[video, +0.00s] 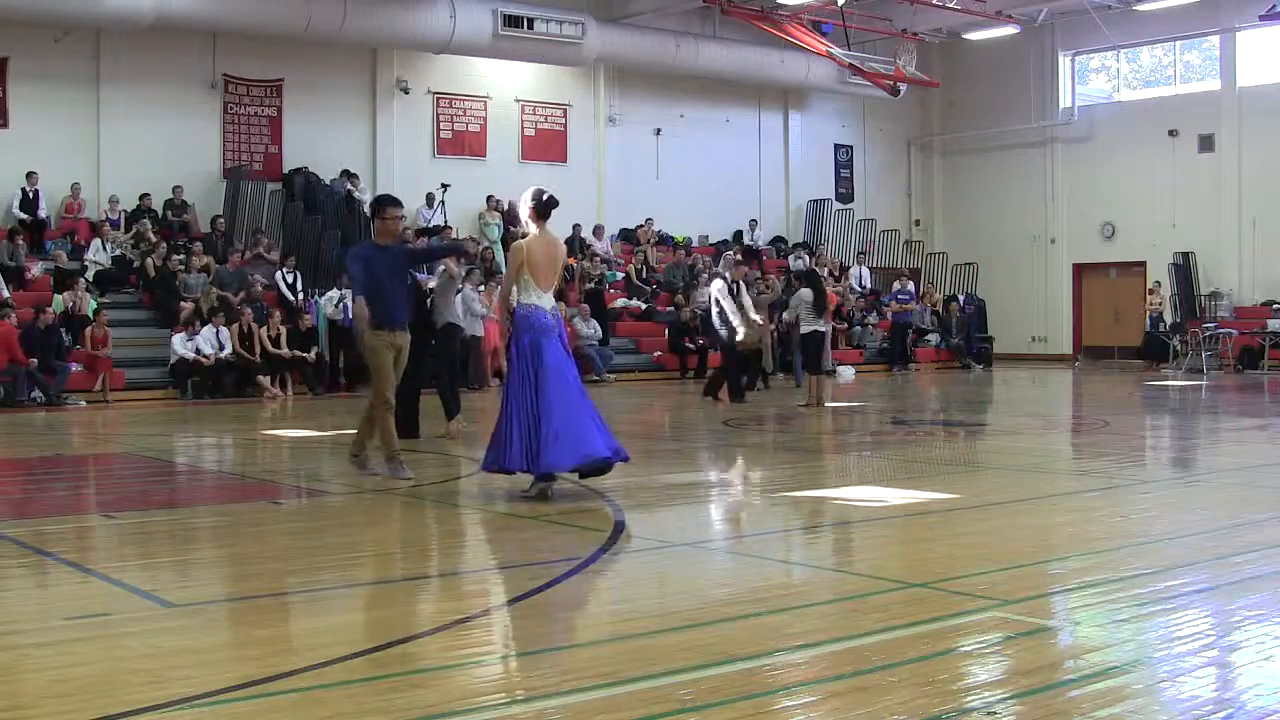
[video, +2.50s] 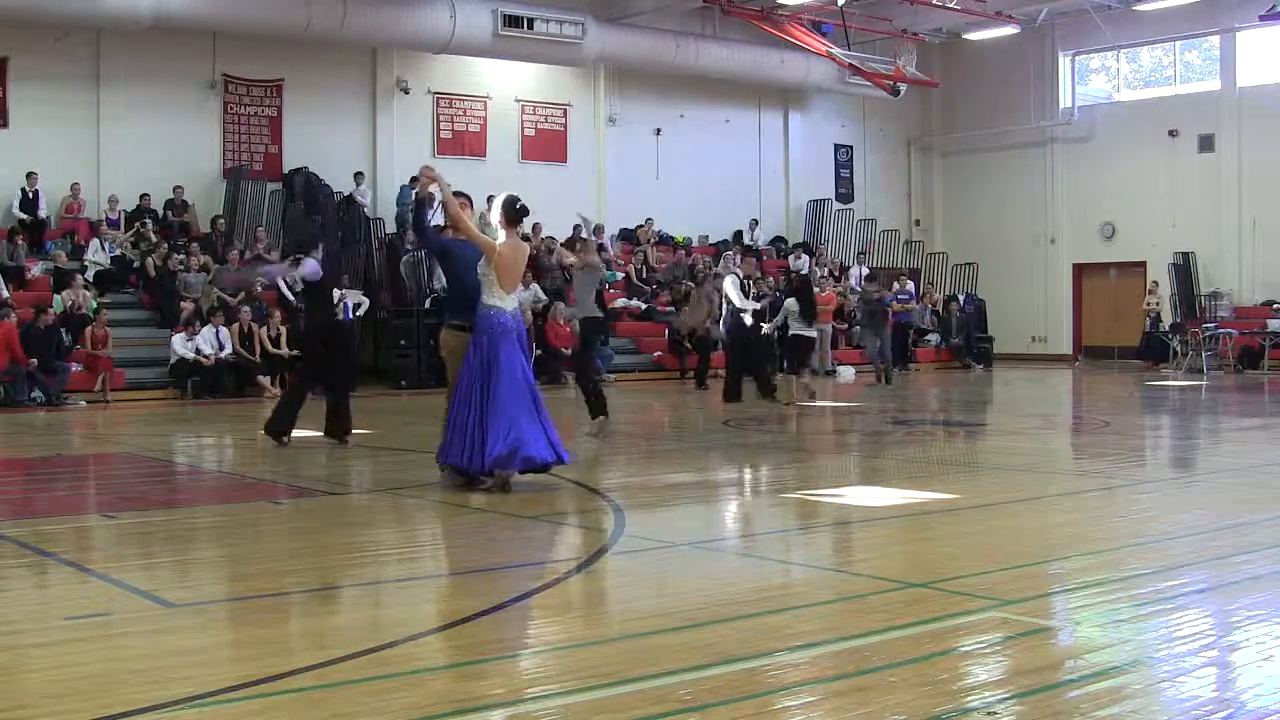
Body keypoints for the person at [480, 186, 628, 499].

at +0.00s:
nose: (519, 211)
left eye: (521, 206)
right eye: (521, 206)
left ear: (530, 211)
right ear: (546, 211)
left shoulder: (521, 247)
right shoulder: (560, 246)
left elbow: (506, 290)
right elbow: (554, 287)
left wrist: (505, 316)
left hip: (529, 321)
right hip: (552, 320)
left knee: (535, 393)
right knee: (553, 389)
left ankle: (543, 467)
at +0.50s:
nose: (516, 214)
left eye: (519, 210)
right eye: (518, 209)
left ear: (526, 214)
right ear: (544, 215)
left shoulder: (522, 250)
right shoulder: (552, 249)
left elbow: (502, 288)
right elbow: (538, 283)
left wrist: (488, 315)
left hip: (523, 325)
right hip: (546, 324)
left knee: (515, 394)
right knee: (547, 393)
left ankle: (511, 467)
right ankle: (550, 463)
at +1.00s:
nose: (492, 216)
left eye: (496, 211)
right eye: (494, 211)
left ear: (509, 217)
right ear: (519, 219)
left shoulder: (500, 251)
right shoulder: (531, 251)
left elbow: (467, 280)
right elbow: (519, 284)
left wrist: (438, 302)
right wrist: (487, 280)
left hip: (494, 321)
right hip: (516, 322)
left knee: (495, 390)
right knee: (514, 389)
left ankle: (507, 459)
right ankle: (527, 456)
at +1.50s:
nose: (485, 216)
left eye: (490, 212)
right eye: (486, 211)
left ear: (505, 217)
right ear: (511, 218)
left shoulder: (498, 249)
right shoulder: (519, 249)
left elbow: (458, 260)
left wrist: (426, 262)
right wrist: (435, 260)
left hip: (488, 324)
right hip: (503, 323)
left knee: (484, 392)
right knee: (498, 391)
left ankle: (493, 458)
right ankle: (500, 456)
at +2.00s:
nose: (487, 216)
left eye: (489, 211)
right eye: (488, 211)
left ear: (503, 218)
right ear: (511, 219)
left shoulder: (502, 250)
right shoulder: (522, 249)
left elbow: (462, 236)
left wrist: (427, 210)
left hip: (494, 321)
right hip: (511, 321)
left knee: (494, 392)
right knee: (506, 391)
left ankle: (498, 464)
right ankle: (503, 460)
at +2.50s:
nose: (490, 214)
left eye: (493, 209)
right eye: (492, 209)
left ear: (500, 216)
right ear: (517, 217)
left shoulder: (497, 248)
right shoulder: (523, 247)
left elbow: (459, 222)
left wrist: (441, 183)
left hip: (491, 323)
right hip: (512, 322)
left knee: (491, 393)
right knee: (507, 391)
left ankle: (494, 463)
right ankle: (505, 462)